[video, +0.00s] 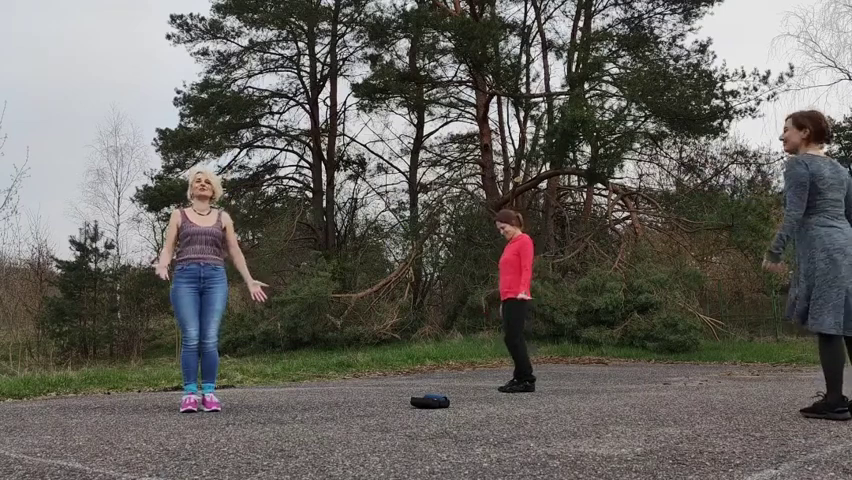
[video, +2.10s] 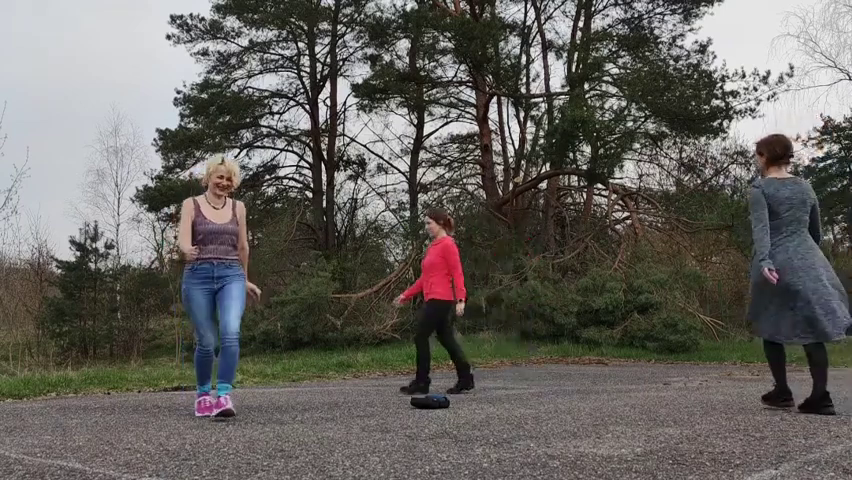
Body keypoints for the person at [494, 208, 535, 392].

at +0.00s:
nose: (502, 232)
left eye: (503, 227)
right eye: (499, 229)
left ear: (514, 224)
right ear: (503, 228)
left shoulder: (524, 241)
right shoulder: (511, 244)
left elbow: (526, 267)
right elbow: (508, 273)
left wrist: (523, 290)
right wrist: (503, 299)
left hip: (518, 297)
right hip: (508, 298)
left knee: (514, 337)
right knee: (511, 337)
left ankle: (525, 379)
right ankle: (520, 377)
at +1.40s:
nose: (487, 232)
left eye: (489, 227)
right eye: (485, 229)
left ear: (500, 225)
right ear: (489, 229)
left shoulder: (511, 245)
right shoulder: (495, 246)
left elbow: (516, 271)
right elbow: (498, 272)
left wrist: (509, 292)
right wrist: (492, 292)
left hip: (511, 300)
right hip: (496, 301)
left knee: (511, 340)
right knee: (487, 338)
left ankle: (527, 380)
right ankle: (506, 377)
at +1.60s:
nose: (473, 230)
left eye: (475, 225)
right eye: (472, 227)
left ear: (486, 222)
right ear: (480, 225)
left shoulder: (495, 240)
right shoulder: (488, 242)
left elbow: (480, 263)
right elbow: (501, 272)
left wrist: (456, 266)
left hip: (497, 298)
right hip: (485, 298)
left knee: (507, 336)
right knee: (472, 334)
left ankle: (525, 377)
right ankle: (467, 378)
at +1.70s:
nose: (465, 230)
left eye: (467, 226)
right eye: (464, 227)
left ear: (478, 223)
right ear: (475, 225)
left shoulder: (485, 241)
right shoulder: (482, 241)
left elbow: (468, 260)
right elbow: (495, 269)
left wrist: (442, 266)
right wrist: (502, 294)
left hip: (487, 298)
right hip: (475, 299)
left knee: (497, 336)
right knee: (466, 336)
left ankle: (521, 375)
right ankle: (467, 380)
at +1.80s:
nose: (456, 230)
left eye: (458, 226)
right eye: (455, 227)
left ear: (469, 224)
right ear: (468, 226)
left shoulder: (475, 244)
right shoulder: (475, 244)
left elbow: (457, 267)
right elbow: (484, 275)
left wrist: (434, 276)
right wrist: (487, 300)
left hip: (472, 300)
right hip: (466, 300)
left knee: (474, 340)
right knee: (463, 341)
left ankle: (509, 369)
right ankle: (468, 382)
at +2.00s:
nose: (437, 229)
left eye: (439, 225)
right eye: (436, 225)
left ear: (449, 224)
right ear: (446, 226)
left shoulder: (458, 244)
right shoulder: (445, 246)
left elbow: (456, 275)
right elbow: (440, 279)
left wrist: (450, 299)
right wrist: (427, 300)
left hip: (452, 300)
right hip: (443, 299)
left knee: (430, 335)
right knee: (456, 340)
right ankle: (467, 382)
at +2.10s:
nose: (426, 227)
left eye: (429, 223)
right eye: (426, 224)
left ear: (440, 223)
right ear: (435, 225)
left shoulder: (448, 244)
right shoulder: (433, 246)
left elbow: (457, 271)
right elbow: (425, 278)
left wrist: (460, 299)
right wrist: (406, 295)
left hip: (441, 299)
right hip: (434, 299)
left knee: (421, 337)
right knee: (447, 338)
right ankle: (465, 378)